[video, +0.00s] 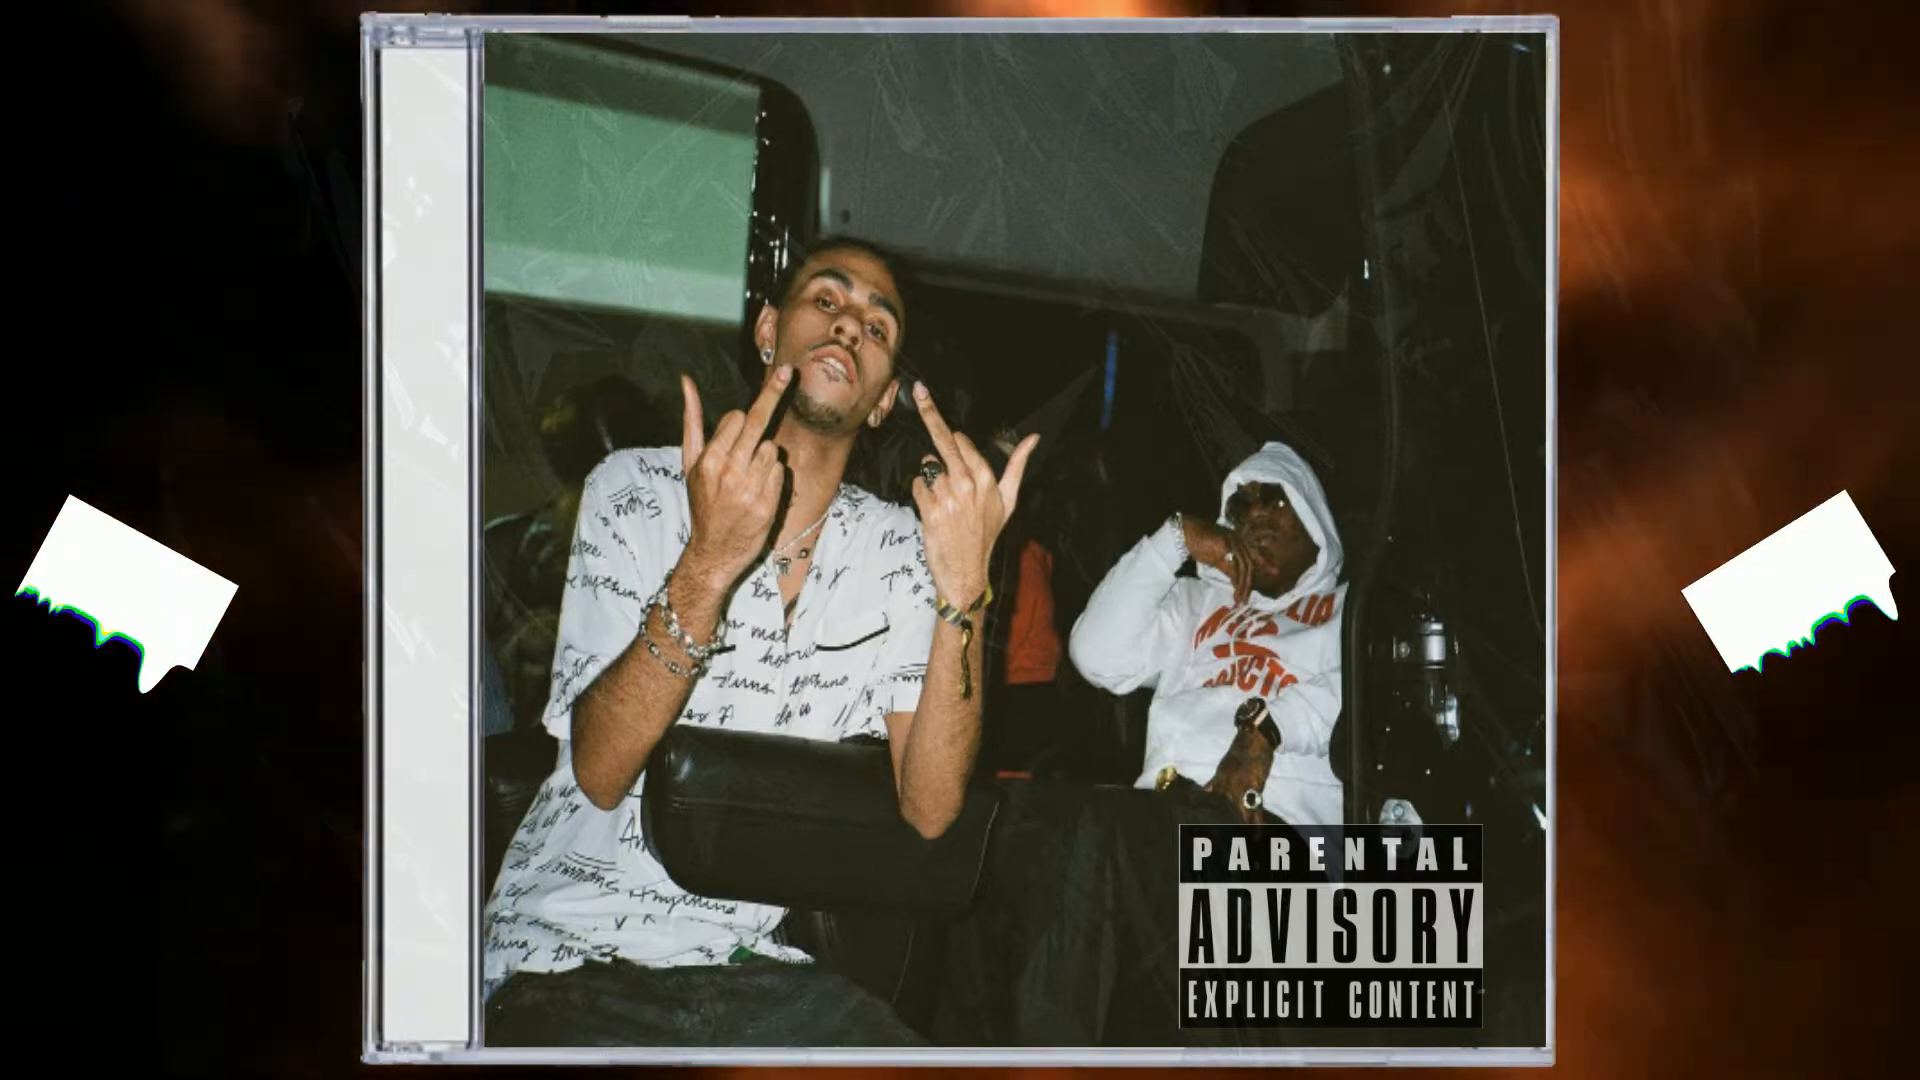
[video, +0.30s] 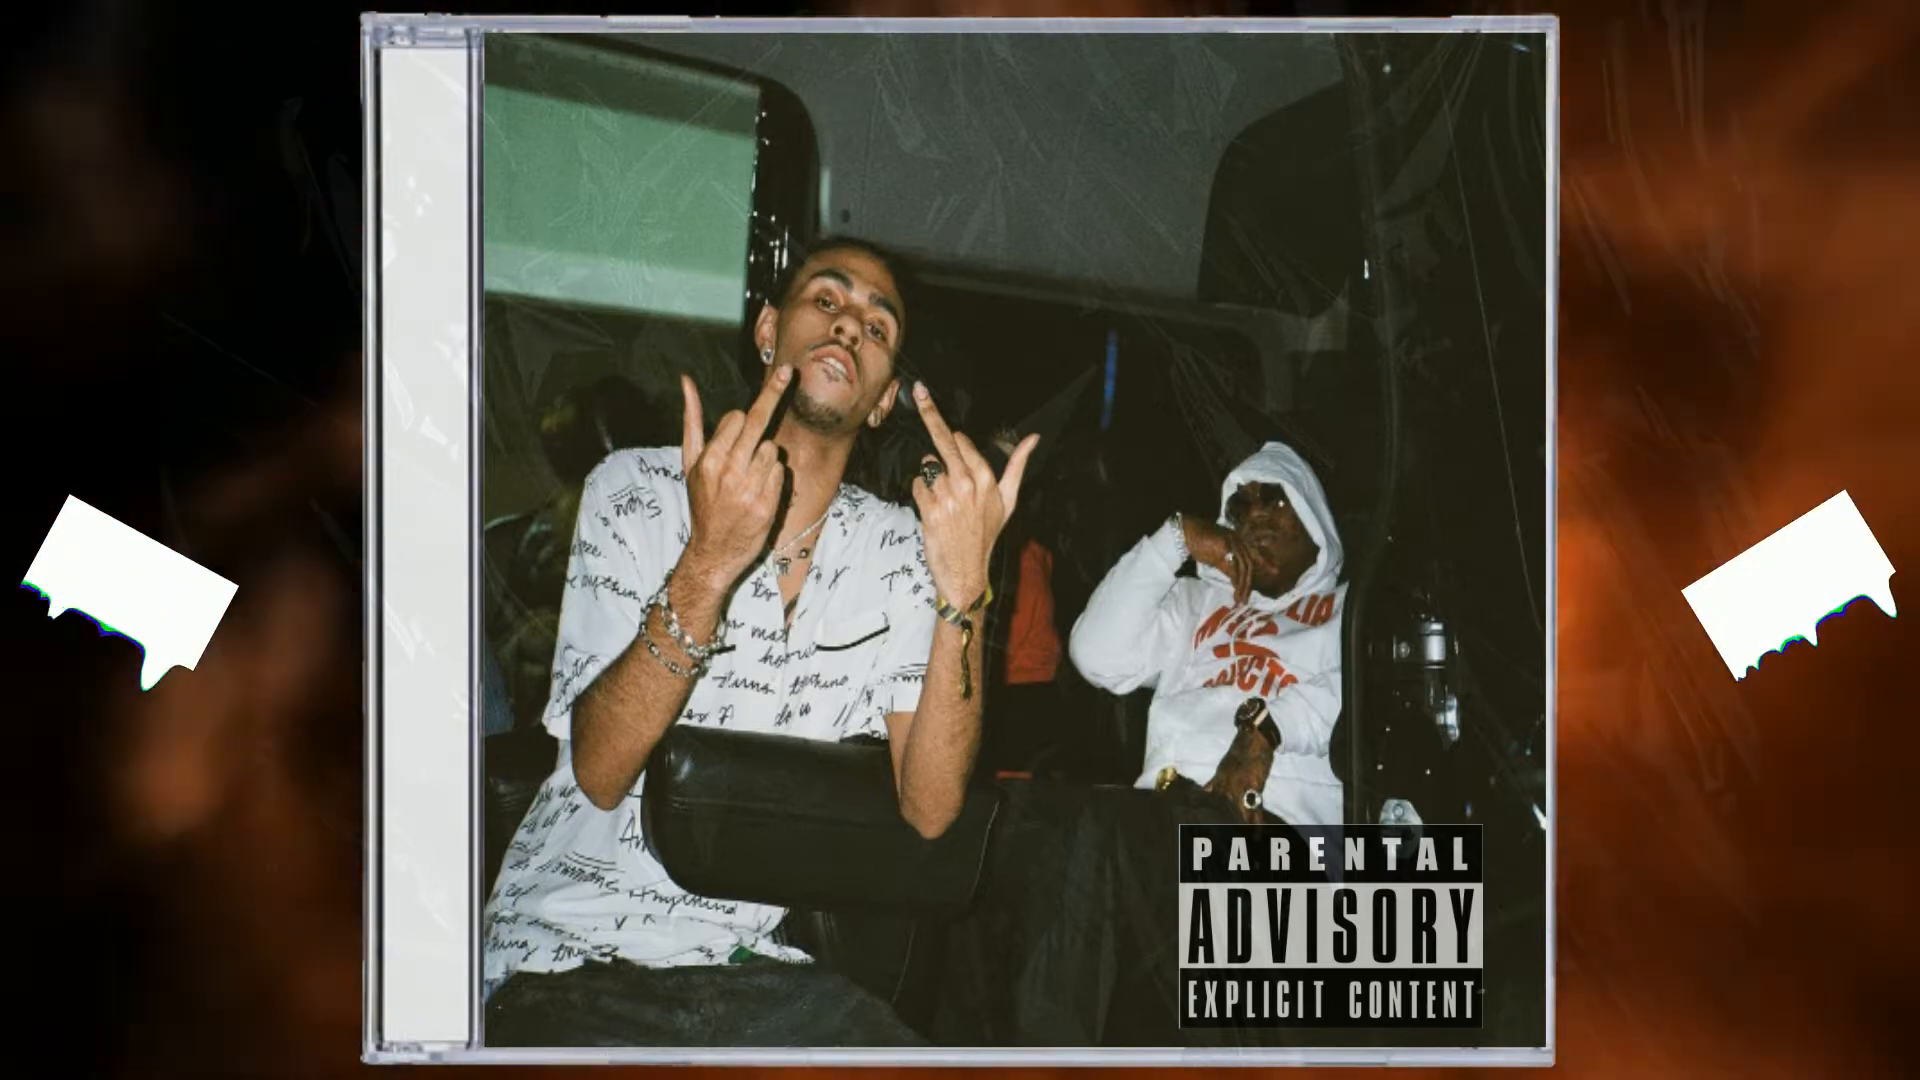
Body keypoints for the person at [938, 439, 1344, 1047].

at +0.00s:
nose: (1259, 519)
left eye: (1279, 502)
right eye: (1246, 503)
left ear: (1318, 522)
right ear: (1228, 523)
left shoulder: (1351, 606)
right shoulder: (1198, 599)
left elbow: (1348, 705)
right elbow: (1099, 658)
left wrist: (1272, 727)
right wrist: (1176, 539)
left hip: (1285, 817)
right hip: (1165, 807)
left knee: (1103, 824)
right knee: (1028, 811)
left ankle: (1052, 1054)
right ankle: (967, 1048)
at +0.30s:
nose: (1258, 521)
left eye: (1278, 503)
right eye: (1243, 505)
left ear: (1317, 525)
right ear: (1226, 526)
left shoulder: (1349, 609)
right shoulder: (1195, 602)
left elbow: (1345, 700)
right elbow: (1099, 658)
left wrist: (1264, 727)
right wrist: (1177, 538)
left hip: (1283, 818)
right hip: (1164, 807)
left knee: (1102, 823)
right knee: (1029, 811)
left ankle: (1050, 1052)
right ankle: (970, 1047)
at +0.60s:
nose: (1259, 518)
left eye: (1278, 502)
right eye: (1245, 503)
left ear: (1317, 523)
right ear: (1227, 523)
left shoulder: (1351, 609)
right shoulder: (1196, 601)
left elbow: (1358, 707)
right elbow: (1099, 657)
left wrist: (1266, 722)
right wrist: (1176, 540)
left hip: (1285, 819)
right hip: (1166, 808)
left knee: (1102, 824)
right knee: (1029, 811)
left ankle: (1050, 1053)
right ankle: (968, 1049)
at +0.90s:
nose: (1259, 519)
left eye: (1278, 502)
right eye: (1244, 504)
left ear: (1317, 523)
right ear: (1227, 524)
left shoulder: (1350, 610)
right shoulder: (1196, 601)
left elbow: (1350, 708)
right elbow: (1099, 657)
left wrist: (1261, 724)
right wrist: (1177, 539)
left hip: (1285, 821)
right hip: (1165, 810)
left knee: (1101, 822)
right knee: (1028, 810)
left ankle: (1049, 1051)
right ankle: (969, 1048)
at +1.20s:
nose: (1257, 521)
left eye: (1278, 504)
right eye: (1243, 506)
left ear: (1318, 526)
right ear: (1226, 526)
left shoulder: (1349, 610)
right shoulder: (1195, 602)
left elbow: (1343, 704)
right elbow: (1099, 658)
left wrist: (1263, 727)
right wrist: (1178, 538)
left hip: (1285, 819)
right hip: (1164, 808)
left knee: (1103, 822)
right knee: (1029, 809)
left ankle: (1051, 1050)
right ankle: (971, 1045)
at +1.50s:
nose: (1258, 517)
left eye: (1279, 501)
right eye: (1245, 502)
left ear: (1318, 522)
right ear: (1227, 523)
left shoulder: (1352, 607)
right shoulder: (1197, 601)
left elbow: (1349, 701)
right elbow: (1099, 657)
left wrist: (1268, 725)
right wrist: (1177, 539)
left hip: (1282, 817)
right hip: (1166, 806)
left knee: (1102, 823)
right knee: (1026, 809)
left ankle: (1051, 1053)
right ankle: (970, 1047)